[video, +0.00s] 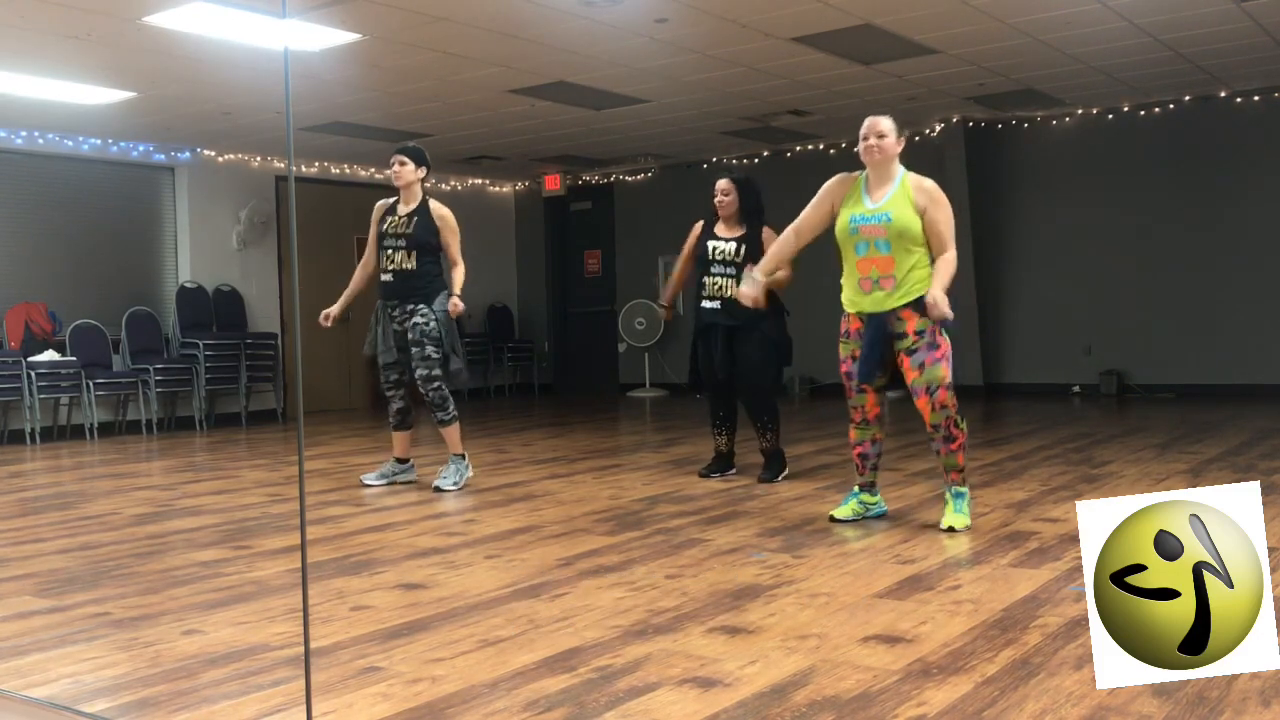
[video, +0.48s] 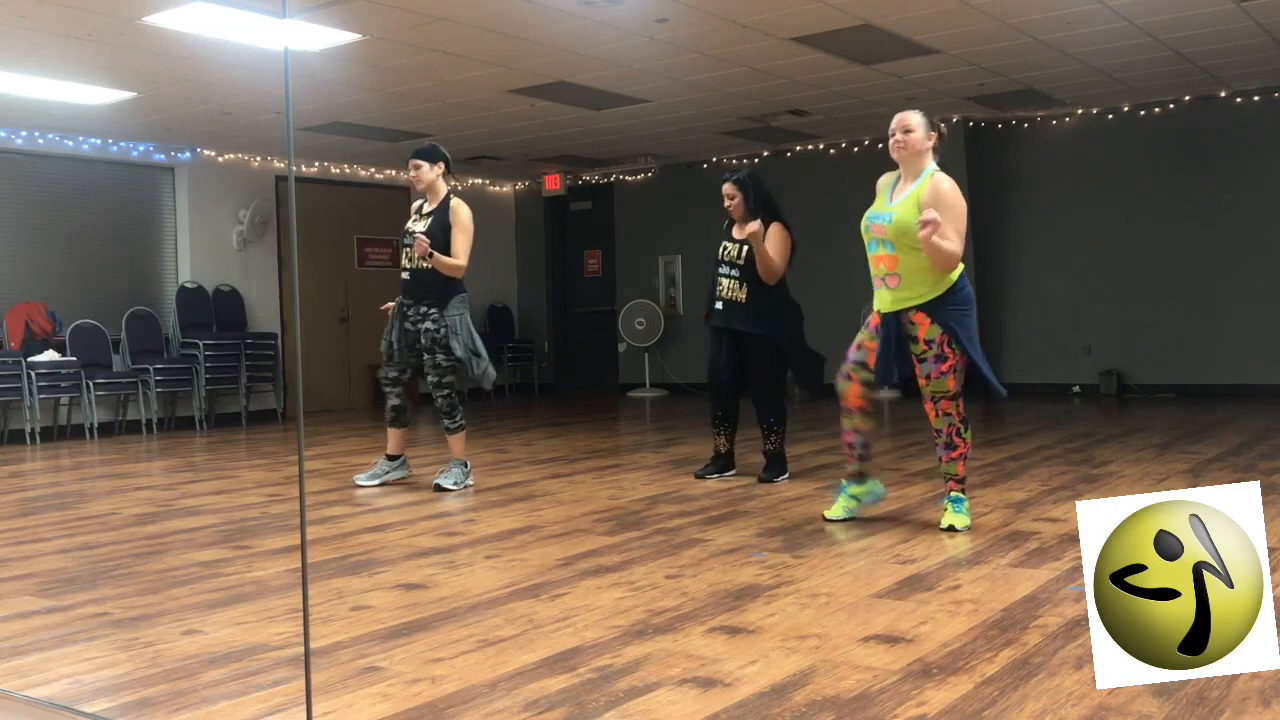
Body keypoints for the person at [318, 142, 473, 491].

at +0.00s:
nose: (393, 170)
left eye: (401, 164)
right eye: (392, 165)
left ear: (421, 171)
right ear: (393, 173)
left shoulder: (439, 213)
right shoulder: (383, 210)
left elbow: (456, 263)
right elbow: (368, 264)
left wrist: (455, 294)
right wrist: (339, 305)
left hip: (425, 309)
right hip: (388, 311)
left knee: (430, 382)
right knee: (394, 387)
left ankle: (458, 461)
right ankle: (402, 463)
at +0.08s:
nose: (399, 169)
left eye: (407, 163)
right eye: (398, 164)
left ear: (427, 170)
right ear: (399, 173)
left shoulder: (443, 211)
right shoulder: (391, 208)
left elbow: (461, 264)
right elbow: (382, 262)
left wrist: (449, 282)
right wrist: (353, 305)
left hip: (429, 311)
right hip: (393, 312)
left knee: (439, 388)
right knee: (400, 389)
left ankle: (459, 465)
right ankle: (401, 462)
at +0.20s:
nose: (405, 168)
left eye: (412, 163)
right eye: (403, 164)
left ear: (433, 169)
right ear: (404, 173)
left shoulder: (447, 208)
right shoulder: (401, 207)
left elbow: (461, 264)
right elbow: (395, 262)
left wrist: (441, 272)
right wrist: (372, 301)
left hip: (436, 310)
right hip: (400, 308)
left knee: (441, 385)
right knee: (390, 381)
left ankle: (459, 465)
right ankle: (398, 461)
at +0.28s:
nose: (408, 172)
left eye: (415, 167)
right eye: (407, 168)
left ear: (437, 171)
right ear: (408, 176)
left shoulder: (453, 209)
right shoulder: (410, 209)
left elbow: (459, 265)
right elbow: (405, 262)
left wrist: (430, 260)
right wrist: (385, 300)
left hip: (443, 311)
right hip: (408, 310)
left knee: (437, 384)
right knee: (375, 372)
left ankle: (460, 464)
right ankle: (389, 450)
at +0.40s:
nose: (412, 176)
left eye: (418, 170)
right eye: (409, 172)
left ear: (439, 172)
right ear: (411, 178)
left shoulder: (457, 212)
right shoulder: (416, 213)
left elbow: (458, 269)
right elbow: (412, 267)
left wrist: (426, 253)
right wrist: (394, 302)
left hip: (445, 312)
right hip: (412, 311)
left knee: (440, 385)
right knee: (377, 371)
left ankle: (459, 465)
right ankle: (387, 451)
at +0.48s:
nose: (411, 175)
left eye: (417, 168)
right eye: (409, 169)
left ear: (439, 168)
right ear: (413, 173)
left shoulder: (458, 209)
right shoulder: (418, 209)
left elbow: (459, 268)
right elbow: (417, 266)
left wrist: (429, 255)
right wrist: (400, 301)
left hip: (442, 311)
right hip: (410, 309)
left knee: (444, 386)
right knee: (394, 380)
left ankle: (460, 465)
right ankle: (394, 460)